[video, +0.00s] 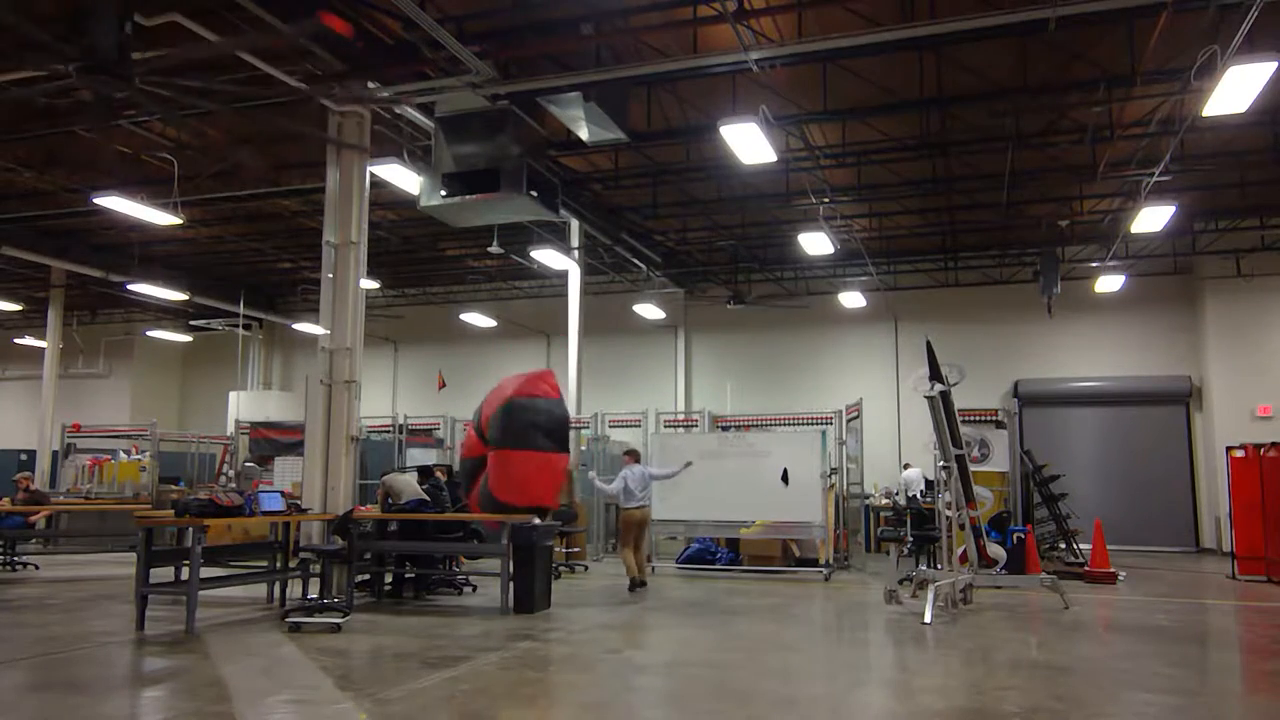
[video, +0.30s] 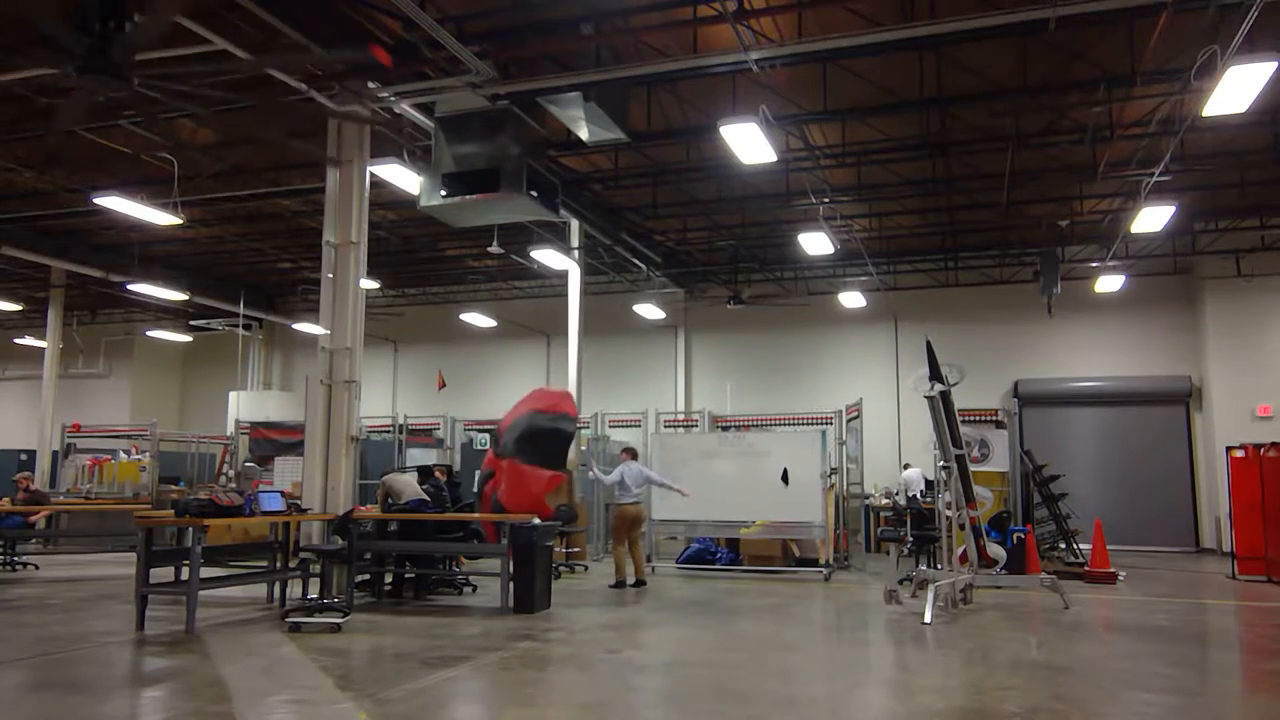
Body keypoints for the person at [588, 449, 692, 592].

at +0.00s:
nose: (623, 460)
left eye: (625, 457)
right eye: (624, 457)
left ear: (631, 458)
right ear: (636, 459)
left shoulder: (625, 473)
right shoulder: (645, 470)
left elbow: (613, 490)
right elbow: (665, 474)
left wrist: (594, 481)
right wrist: (682, 468)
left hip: (629, 512)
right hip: (645, 511)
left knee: (626, 547)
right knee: (638, 547)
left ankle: (633, 577)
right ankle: (642, 578)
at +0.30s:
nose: (620, 458)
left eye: (622, 455)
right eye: (621, 455)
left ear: (629, 455)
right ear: (633, 456)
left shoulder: (622, 468)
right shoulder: (641, 469)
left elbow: (608, 481)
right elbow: (658, 481)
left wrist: (595, 470)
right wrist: (677, 489)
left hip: (623, 508)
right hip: (638, 507)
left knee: (619, 545)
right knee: (635, 544)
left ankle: (620, 579)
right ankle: (640, 578)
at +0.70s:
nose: (617, 458)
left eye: (619, 456)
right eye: (618, 455)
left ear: (625, 458)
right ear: (629, 459)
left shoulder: (619, 471)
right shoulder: (636, 473)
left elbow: (602, 485)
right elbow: (646, 488)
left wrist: (590, 474)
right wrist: (656, 495)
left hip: (618, 510)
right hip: (632, 509)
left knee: (612, 545)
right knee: (627, 544)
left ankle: (617, 579)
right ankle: (639, 574)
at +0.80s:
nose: (618, 459)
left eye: (619, 456)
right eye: (618, 456)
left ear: (625, 457)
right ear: (631, 458)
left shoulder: (621, 472)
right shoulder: (637, 472)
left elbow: (604, 486)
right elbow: (641, 488)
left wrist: (591, 477)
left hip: (619, 508)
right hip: (633, 508)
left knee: (614, 545)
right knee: (629, 544)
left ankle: (617, 579)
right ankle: (639, 575)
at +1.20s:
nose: (626, 461)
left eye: (627, 458)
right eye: (626, 459)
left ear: (632, 458)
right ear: (638, 459)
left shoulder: (629, 472)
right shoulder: (646, 473)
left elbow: (613, 488)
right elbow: (651, 488)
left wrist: (598, 478)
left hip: (629, 508)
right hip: (643, 507)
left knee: (622, 544)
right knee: (637, 544)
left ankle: (621, 578)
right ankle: (639, 577)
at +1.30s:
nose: (628, 461)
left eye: (629, 459)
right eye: (628, 459)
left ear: (633, 459)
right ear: (640, 459)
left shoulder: (631, 472)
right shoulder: (648, 472)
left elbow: (615, 488)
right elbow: (656, 487)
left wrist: (599, 477)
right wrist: (662, 495)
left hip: (631, 508)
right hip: (644, 507)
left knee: (624, 544)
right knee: (638, 544)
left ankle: (623, 578)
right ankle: (639, 577)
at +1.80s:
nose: (631, 462)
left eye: (632, 460)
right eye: (631, 460)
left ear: (636, 460)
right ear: (644, 460)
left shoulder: (635, 472)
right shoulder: (653, 472)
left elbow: (628, 490)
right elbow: (667, 488)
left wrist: (611, 485)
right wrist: (683, 489)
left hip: (636, 508)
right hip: (649, 508)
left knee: (634, 544)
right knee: (644, 544)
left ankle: (642, 575)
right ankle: (641, 574)